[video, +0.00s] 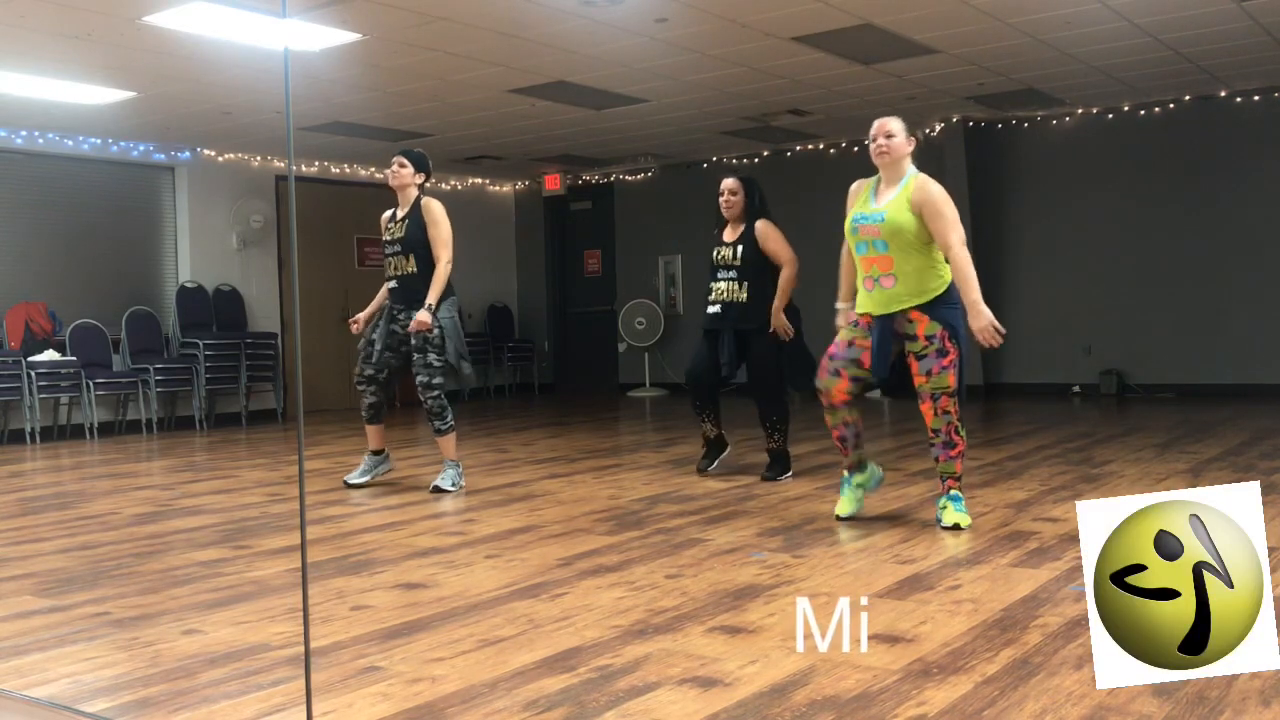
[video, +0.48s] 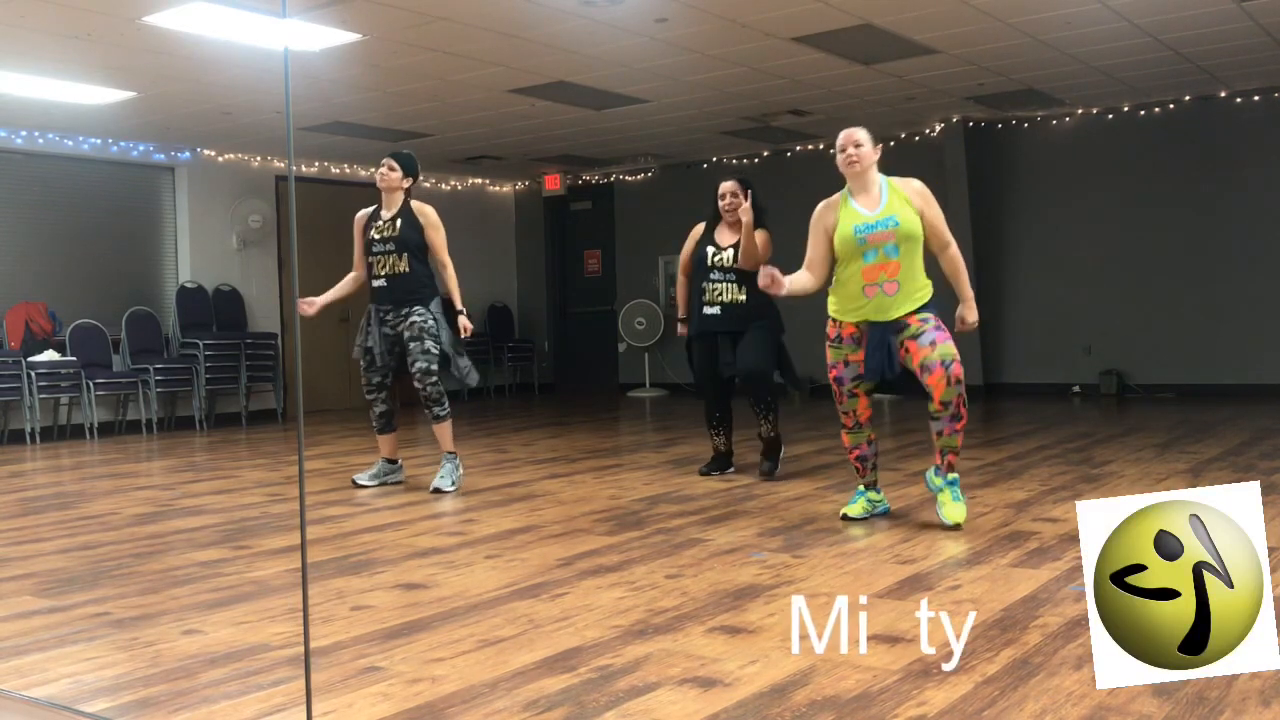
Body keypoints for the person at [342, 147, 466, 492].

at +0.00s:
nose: (391, 169)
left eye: (400, 166)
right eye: (391, 165)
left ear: (419, 176)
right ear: (390, 176)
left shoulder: (431, 207)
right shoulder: (388, 218)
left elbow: (444, 261)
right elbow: (395, 276)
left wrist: (428, 308)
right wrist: (368, 312)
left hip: (427, 311)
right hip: (394, 312)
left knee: (430, 388)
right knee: (368, 377)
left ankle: (452, 467)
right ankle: (377, 456)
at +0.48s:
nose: (382, 171)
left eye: (390, 169)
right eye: (381, 167)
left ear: (407, 180)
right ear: (376, 176)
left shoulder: (423, 214)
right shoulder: (364, 219)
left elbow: (444, 263)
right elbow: (358, 274)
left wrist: (459, 309)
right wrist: (321, 300)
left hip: (419, 312)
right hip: (379, 315)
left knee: (426, 380)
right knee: (376, 385)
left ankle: (450, 461)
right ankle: (389, 463)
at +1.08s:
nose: (384, 176)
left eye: (393, 172)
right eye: (383, 170)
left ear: (410, 182)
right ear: (379, 178)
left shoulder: (425, 220)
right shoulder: (366, 216)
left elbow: (443, 269)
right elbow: (346, 266)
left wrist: (447, 309)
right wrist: (327, 307)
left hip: (419, 313)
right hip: (380, 316)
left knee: (427, 380)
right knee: (374, 385)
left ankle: (454, 459)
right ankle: (389, 463)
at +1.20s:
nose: (389, 169)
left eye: (397, 165)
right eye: (388, 164)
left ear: (415, 174)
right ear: (386, 172)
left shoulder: (430, 212)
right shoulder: (374, 210)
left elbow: (443, 267)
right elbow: (363, 264)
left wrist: (431, 304)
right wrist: (350, 311)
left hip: (420, 311)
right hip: (384, 313)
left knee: (433, 385)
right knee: (386, 388)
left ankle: (459, 462)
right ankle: (390, 463)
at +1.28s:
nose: (394, 168)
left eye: (402, 164)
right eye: (393, 164)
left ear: (421, 171)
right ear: (392, 172)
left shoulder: (436, 208)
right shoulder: (384, 211)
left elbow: (444, 265)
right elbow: (381, 265)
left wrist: (412, 300)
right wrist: (376, 310)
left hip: (428, 310)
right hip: (391, 311)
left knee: (439, 384)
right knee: (390, 385)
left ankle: (459, 465)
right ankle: (390, 462)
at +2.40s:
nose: (407, 169)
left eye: (414, 164)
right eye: (405, 166)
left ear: (435, 170)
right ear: (405, 175)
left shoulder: (450, 208)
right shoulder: (408, 212)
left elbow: (455, 265)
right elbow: (406, 268)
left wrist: (429, 256)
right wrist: (378, 297)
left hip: (441, 312)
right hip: (407, 310)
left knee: (437, 384)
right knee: (373, 373)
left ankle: (460, 465)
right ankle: (388, 451)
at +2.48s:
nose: (410, 173)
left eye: (418, 167)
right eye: (408, 169)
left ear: (439, 174)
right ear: (408, 179)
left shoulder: (454, 213)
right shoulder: (412, 216)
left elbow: (453, 268)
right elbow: (413, 270)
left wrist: (422, 250)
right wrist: (386, 299)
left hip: (445, 315)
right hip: (411, 313)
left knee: (439, 386)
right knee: (370, 370)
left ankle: (460, 466)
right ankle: (383, 448)